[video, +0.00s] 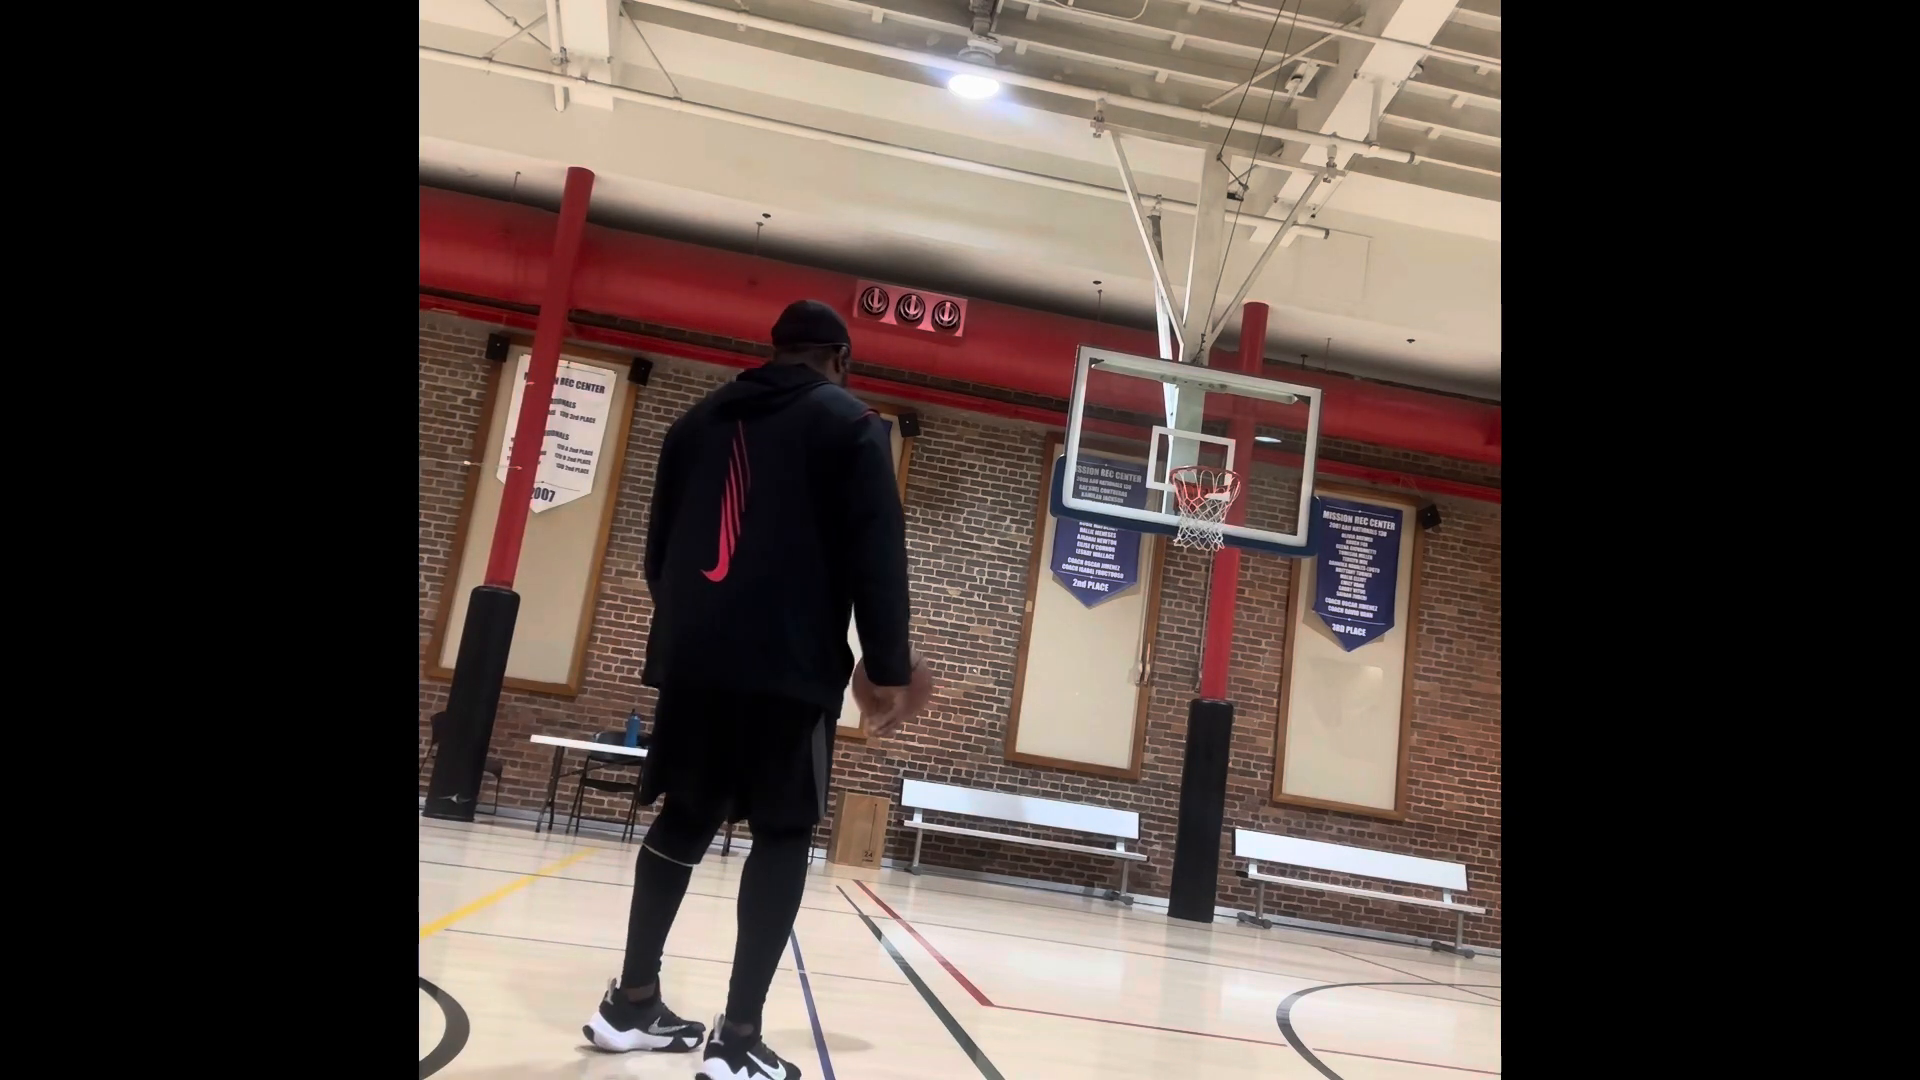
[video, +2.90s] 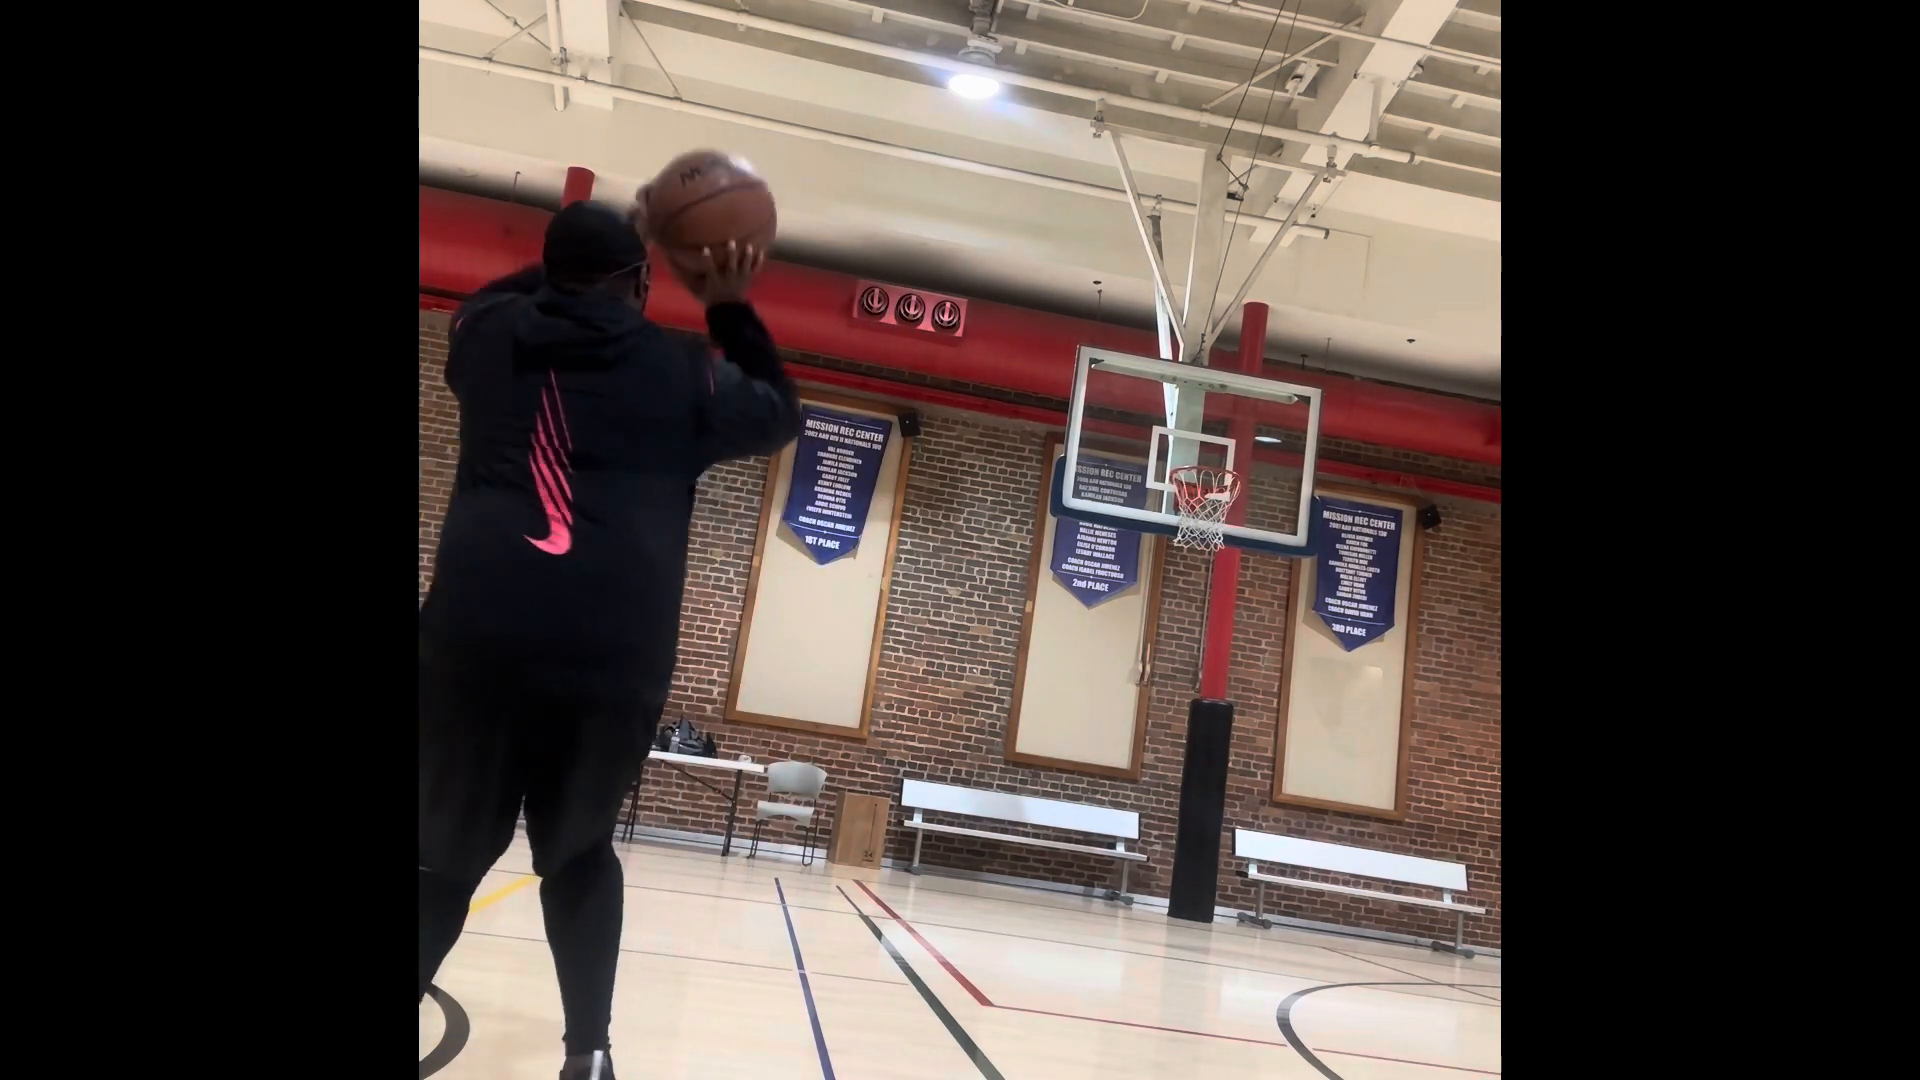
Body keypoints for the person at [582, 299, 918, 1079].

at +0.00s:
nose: (846, 376)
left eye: (842, 367)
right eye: (847, 366)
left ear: (773, 352)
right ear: (834, 359)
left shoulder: (702, 417)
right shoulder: (849, 427)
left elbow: (660, 545)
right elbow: (877, 553)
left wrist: (688, 628)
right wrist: (890, 666)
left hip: (692, 657)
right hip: (790, 667)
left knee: (689, 812)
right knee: (784, 835)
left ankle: (632, 1000)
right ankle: (738, 1037)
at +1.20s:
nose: (861, 320)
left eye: (864, 310)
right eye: (863, 308)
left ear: (774, 268)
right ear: (846, 288)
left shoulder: (666, 333)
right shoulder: (831, 319)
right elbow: (867, 474)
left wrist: (788, 618)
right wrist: (904, 618)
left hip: (566, 575)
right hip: (692, 588)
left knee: (531, 827)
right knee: (689, 866)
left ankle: (473, 1048)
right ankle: (618, 1070)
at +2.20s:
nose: (767, 265)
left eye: (767, 254)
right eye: (765, 252)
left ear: (661, 227)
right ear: (749, 242)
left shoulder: (562, 284)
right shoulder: (760, 294)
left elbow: (498, 417)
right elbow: (793, 448)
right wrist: (741, 599)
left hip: (462, 538)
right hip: (619, 554)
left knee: (441, 821)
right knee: (607, 845)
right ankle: (585, 1069)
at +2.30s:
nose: (726, 268)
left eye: (722, 258)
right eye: (727, 256)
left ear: (621, 230)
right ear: (711, 249)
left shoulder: (522, 294)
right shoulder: (736, 309)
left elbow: (469, 424)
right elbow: (774, 471)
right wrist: (693, 591)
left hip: (454, 553)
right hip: (615, 568)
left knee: (438, 820)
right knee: (605, 847)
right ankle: (586, 1069)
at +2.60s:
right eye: (647, 268)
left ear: (555, 253)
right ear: (642, 270)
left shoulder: (466, 316)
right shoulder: (681, 348)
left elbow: (424, 432)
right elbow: (712, 518)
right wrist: (637, 544)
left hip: (445, 585)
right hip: (598, 601)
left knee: (435, 816)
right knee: (603, 813)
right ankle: (605, 1038)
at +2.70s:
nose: (636, 287)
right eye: (636, 276)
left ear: (545, 265)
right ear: (631, 277)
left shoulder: (466, 325)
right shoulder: (674, 365)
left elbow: (447, 408)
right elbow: (717, 522)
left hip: (446, 603)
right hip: (596, 618)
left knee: (439, 828)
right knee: (588, 822)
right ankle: (599, 1052)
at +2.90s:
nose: (640, 288)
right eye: (642, 277)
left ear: (546, 279)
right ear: (638, 284)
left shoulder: (490, 340)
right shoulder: (680, 377)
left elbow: (500, 302)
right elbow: (778, 411)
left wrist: (573, 258)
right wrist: (729, 309)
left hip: (472, 640)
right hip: (614, 658)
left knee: (442, 855)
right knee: (581, 845)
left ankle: (419, 1018)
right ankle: (587, 1050)